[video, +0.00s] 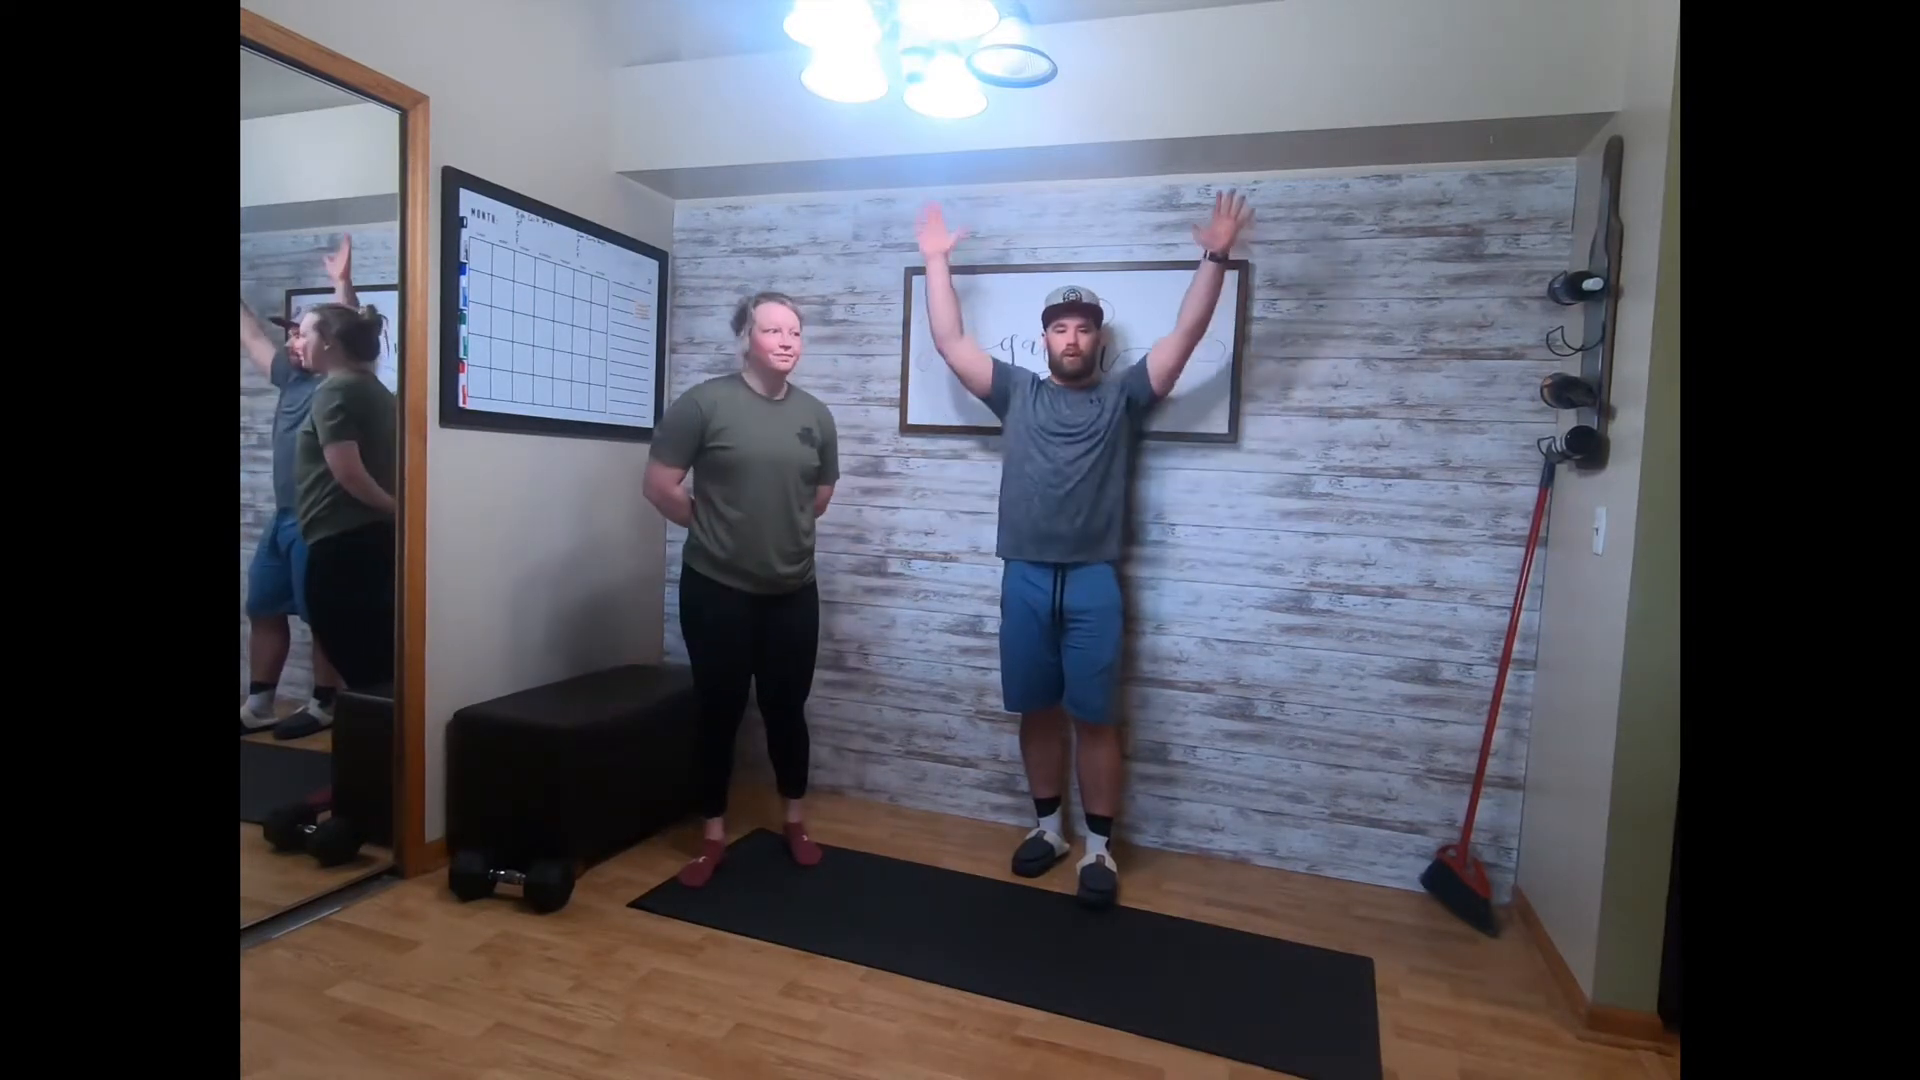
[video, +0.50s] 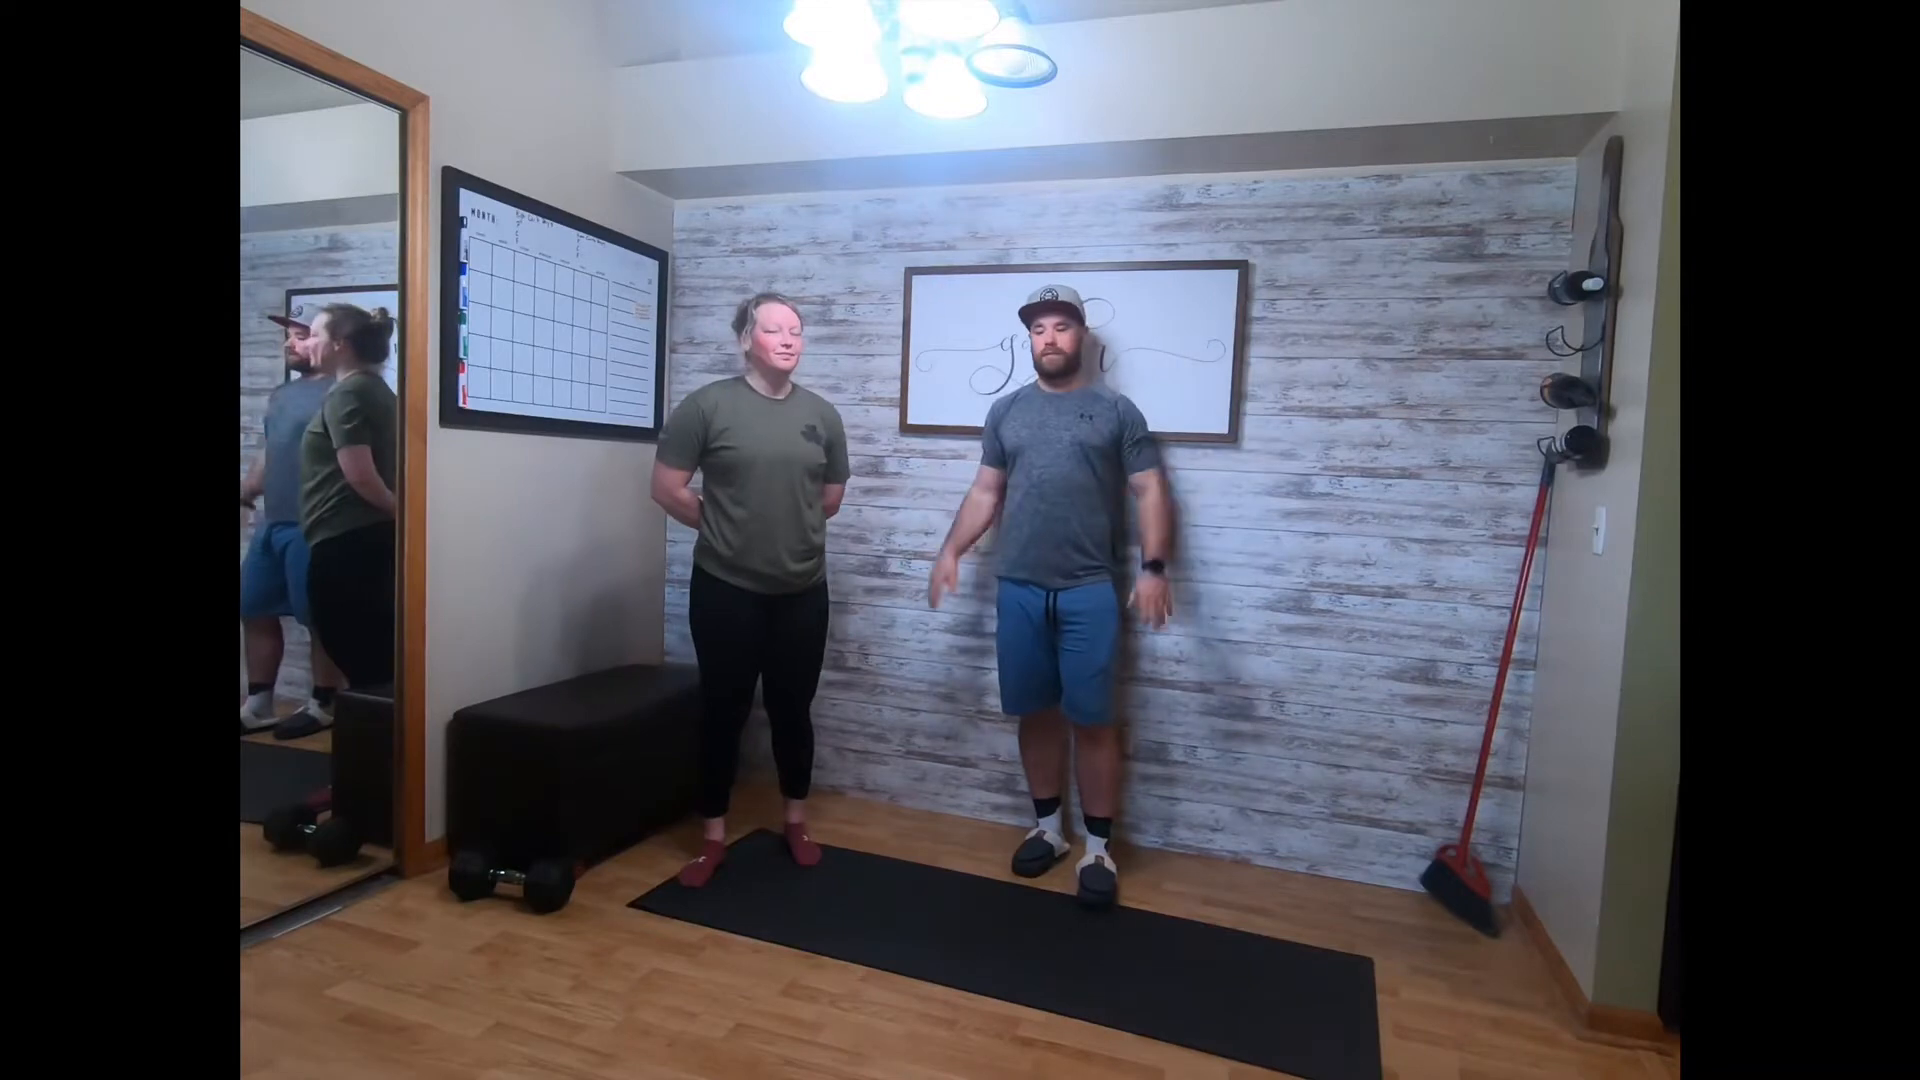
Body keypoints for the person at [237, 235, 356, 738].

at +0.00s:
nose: (292, 341)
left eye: (301, 333)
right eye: (290, 333)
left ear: (327, 339)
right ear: (290, 342)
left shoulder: (338, 382)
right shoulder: (289, 375)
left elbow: (349, 335)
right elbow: (252, 336)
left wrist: (342, 283)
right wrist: (238, 301)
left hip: (323, 522)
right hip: (283, 519)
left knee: (322, 617)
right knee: (264, 609)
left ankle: (324, 706)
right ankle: (260, 702)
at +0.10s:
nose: (292, 341)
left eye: (301, 334)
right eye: (290, 333)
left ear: (325, 341)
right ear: (288, 341)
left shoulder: (336, 383)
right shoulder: (287, 376)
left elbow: (346, 338)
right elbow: (251, 341)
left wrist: (341, 291)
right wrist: (240, 306)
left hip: (321, 522)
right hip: (282, 519)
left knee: (321, 617)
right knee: (264, 609)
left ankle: (324, 705)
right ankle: (260, 702)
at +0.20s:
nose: (291, 340)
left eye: (301, 332)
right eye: (292, 333)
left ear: (327, 340)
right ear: (294, 342)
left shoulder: (338, 386)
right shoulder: (287, 381)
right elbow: (246, 375)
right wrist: (240, 328)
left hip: (318, 524)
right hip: (280, 521)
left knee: (321, 620)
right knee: (262, 609)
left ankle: (324, 705)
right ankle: (259, 703)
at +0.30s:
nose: (292, 341)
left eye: (301, 333)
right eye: (293, 333)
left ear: (325, 342)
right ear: (298, 343)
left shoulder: (338, 392)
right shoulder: (287, 391)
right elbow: (249, 408)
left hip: (317, 525)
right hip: (278, 522)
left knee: (320, 621)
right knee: (262, 610)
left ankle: (324, 705)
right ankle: (259, 704)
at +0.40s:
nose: (292, 340)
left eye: (303, 333)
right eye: (293, 332)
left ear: (326, 342)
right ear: (296, 342)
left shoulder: (337, 392)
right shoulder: (286, 393)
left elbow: (348, 444)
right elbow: (266, 437)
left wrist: (309, 425)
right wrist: (240, 439)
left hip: (314, 525)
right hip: (276, 522)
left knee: (319, 619)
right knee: (259, 609)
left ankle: (324, 705)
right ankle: (259, 703)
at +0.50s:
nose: (293, 342)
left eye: (304, 334)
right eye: (293, 335)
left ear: (328, 344)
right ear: (293, 344)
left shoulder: (337, 392)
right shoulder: (281, 395)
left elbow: (350, 461)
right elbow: (270, 456)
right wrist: (248, 491)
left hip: (313, 526)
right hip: (272, 524)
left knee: (318, 620)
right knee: (256, 611)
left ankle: (324, 705)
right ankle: (259, 704)